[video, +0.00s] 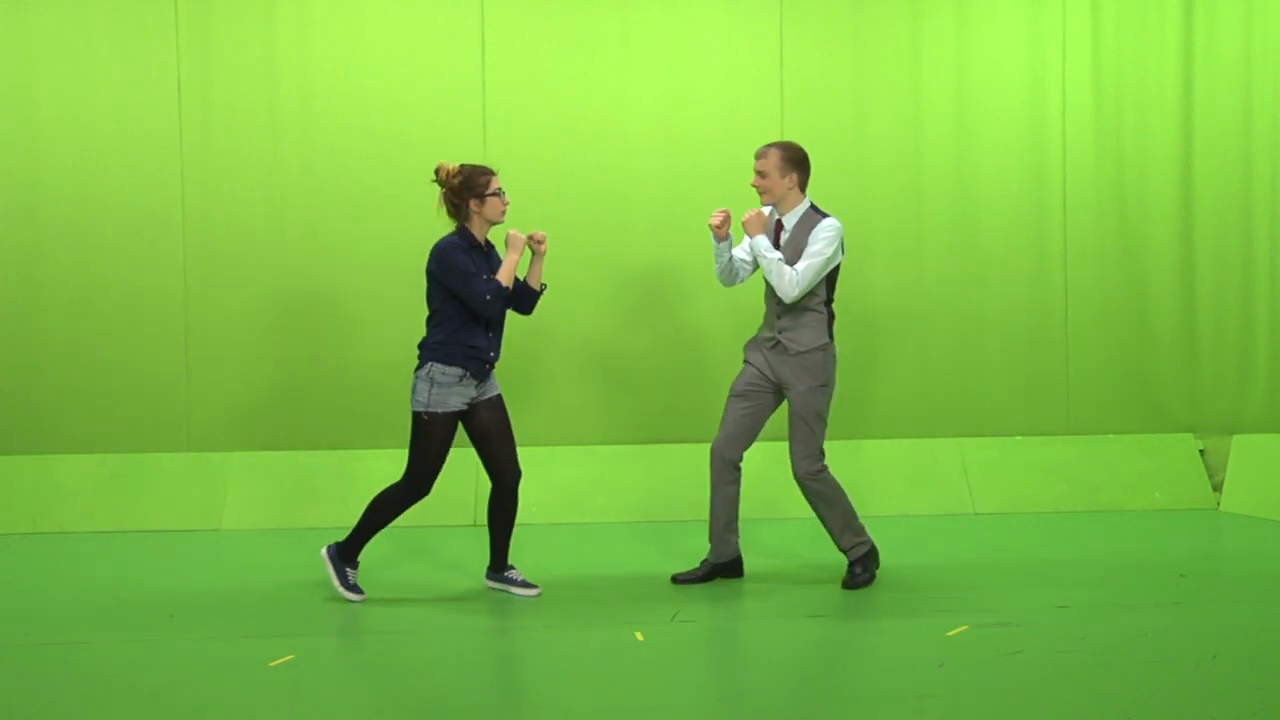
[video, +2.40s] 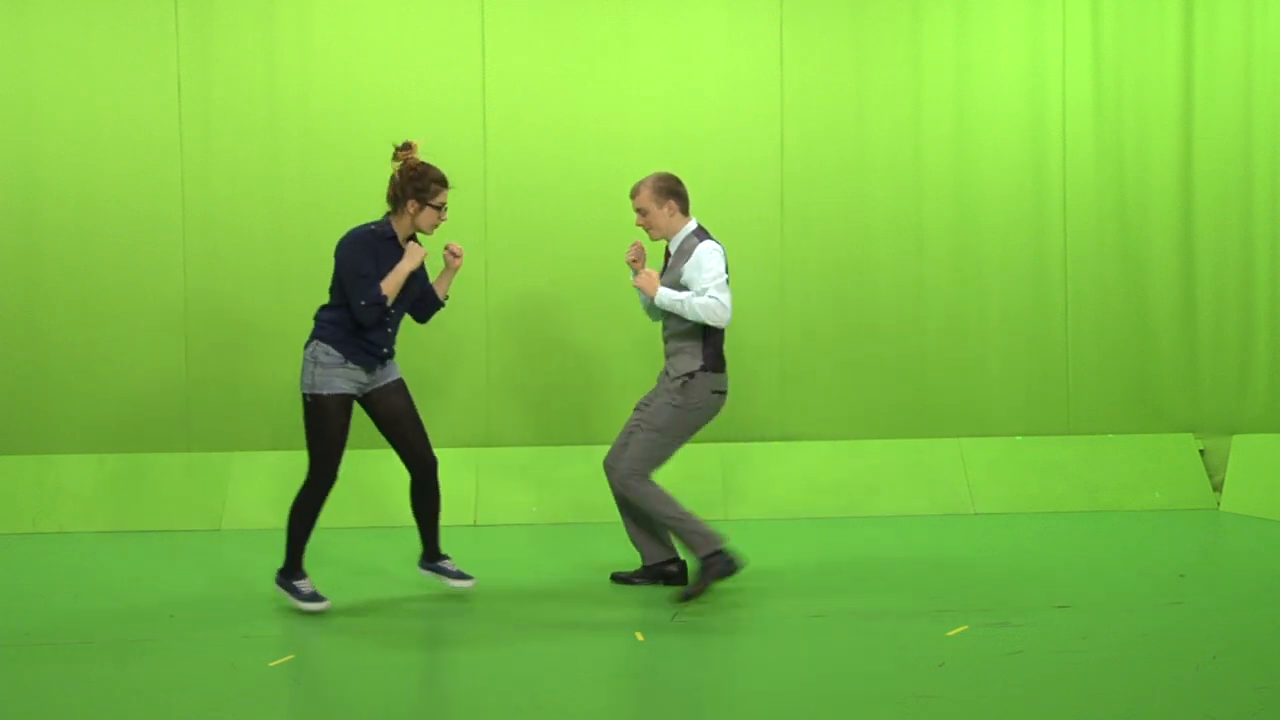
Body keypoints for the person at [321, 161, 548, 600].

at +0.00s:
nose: (506, 201)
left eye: (503, 193)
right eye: (497, 195)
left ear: (477, 204)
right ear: (473, 205)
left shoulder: (487, 252)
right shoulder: (448, 252)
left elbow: (522, 303)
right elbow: (487, 304)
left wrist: (537, 260)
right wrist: (513, 256)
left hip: (479, 379)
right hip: (440, 378)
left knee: (507, 475)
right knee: (418, 483)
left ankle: (499, 568)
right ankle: (344, 554)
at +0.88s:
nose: (448, 219)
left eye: (455, 210)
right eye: (438, 214)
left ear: (468, 215)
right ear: (426, 222)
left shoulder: (479, 265)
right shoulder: (411, 266)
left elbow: (498, 330)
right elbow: (416, 330)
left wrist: (492, 286)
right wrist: (446, 286)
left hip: (454, 382)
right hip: (405, 380)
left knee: (491, 480)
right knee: (382, 489)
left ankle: (497, 570)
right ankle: (324, 569)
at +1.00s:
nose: (380, 235)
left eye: (387, 226)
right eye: (378, 227)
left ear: (415, 225)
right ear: (395, 230)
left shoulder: (456, 266)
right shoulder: (380, 276)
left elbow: (477, 332)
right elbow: (381, 342)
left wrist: (450, 286)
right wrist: (393, 293)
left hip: (442, 391)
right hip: (387, 390)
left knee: (490, 485)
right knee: (373, 490)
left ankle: (496, 571)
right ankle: (332, 575)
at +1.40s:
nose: (445, 235)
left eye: (447, 227)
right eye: (433, 231)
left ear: (452, 230)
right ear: (410, 240)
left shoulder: (464, 272)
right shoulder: (389, 284)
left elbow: (490, 334)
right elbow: (393, 355)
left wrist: (494, 301)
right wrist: (421, 311)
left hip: (447, 389)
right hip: (393, 391)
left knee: (487, 480)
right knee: (377, 491)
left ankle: (507, 568)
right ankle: (330, 571)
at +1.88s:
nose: (499, 218)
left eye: (496, 210)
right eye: (490, 212)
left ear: (471, 221)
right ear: (467, 222)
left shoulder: (469, 270)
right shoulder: (437, 269)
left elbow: (476, 333)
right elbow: (458, 338)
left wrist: (505, 297)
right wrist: (495, 293)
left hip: (454, 393)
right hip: (419, 390)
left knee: (500, 480)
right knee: (391, 494)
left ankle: (497, 574)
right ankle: (327, 581)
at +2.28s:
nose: (464, 229)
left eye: (464, 221)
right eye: (458, 221)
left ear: (438, 222)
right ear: (431, 221)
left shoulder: (433, 268)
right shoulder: (386, 264)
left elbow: (448, 326)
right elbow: (399, 331)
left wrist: (476, 289)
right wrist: (440, 284)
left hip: (417, 386)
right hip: (372, 384)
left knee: (465, 479)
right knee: (380, 496)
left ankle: (496, 570)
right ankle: (330, 580)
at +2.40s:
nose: (443, 217)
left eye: (444, 209)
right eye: (438, 209)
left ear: (412, 205)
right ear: (410, 205)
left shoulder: (408, 252)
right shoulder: (358, 244)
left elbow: (423, 310)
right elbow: (367, 310)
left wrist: (450, 273)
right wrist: (406, 266)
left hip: (379, 367)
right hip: (332, 361)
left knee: (423, 462)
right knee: (323, 472)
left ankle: (432, 556)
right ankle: (290, 571)